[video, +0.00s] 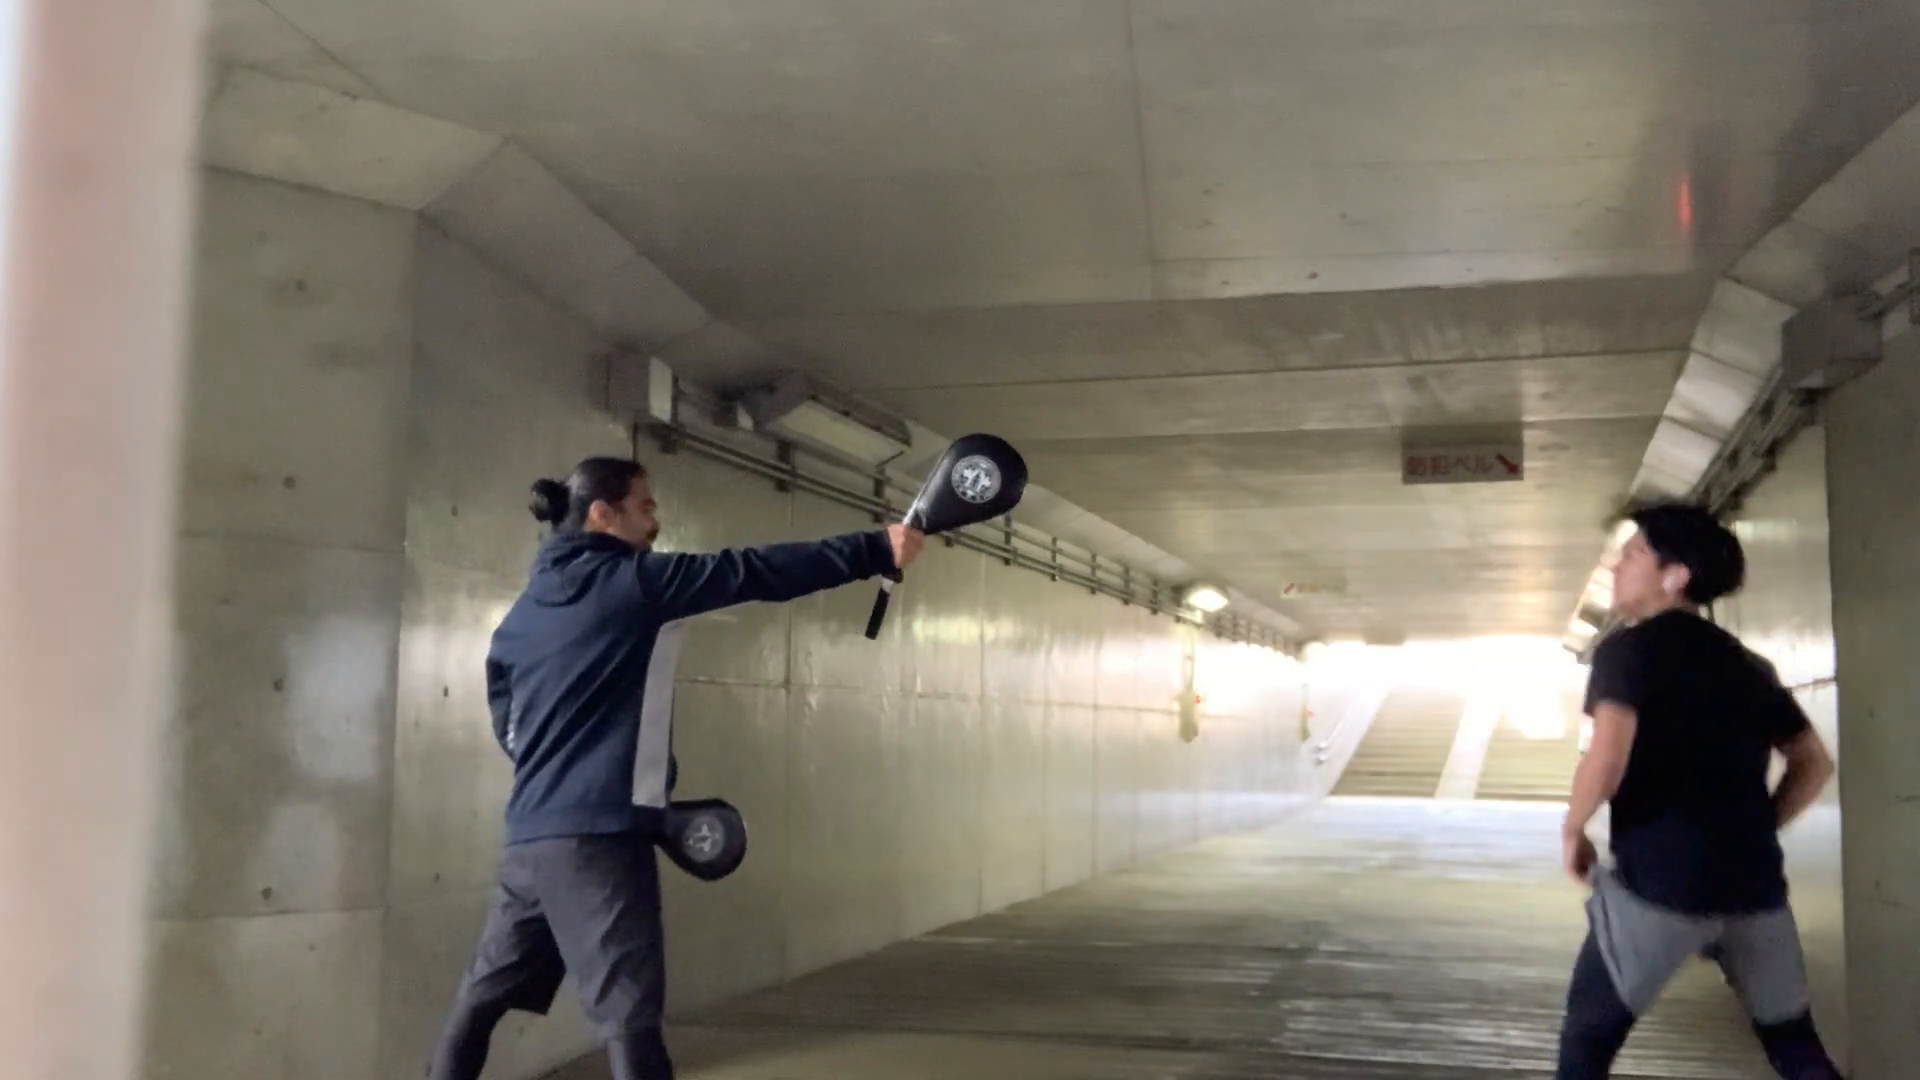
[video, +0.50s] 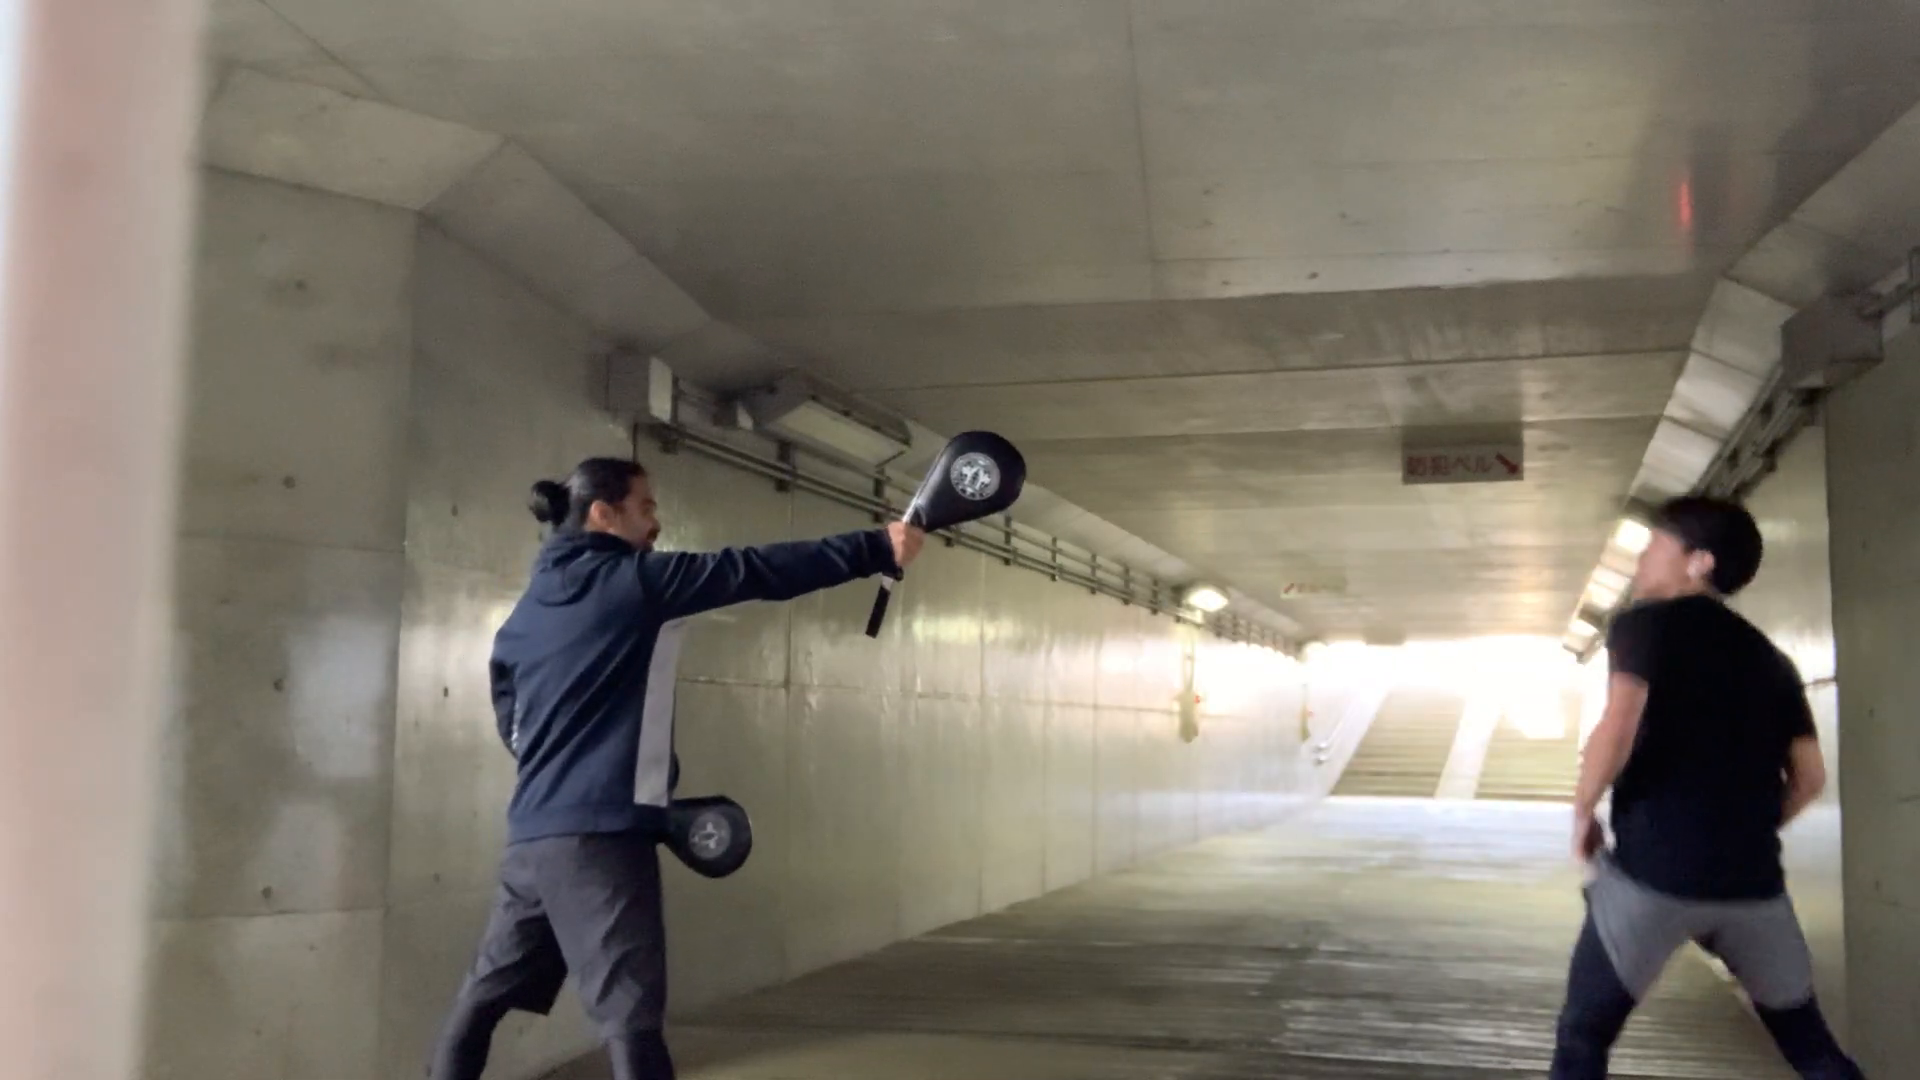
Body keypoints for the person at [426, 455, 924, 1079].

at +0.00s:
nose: (657, 521)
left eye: (653, 506)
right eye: (646, 506)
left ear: (594, 514)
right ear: (602, 512)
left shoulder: (516, 620)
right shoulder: (635, 579)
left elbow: (516, 736)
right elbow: (752, 571)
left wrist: (621, 791)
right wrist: (877, 548)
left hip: (531, 834)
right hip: (595, 832)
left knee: (476, 1004)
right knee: (629, 1024)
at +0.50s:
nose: (657, 521)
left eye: (654, 506)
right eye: (646, 506)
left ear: (595, 515)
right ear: (602, 513)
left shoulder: (518, 621)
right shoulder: (636, 578)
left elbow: (520, 734)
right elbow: (755, 570)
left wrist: (616, 788)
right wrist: (877, 547)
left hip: (533, 834)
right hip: (598, 832)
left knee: (477, 1004)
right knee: (631, 1023)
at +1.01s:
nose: (658, 522)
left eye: (655, 507)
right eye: (647, 507)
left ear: (595, 515)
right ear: (602, 513)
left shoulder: (520, 620)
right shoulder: (637, 578)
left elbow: (521, 735)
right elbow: (753, 571)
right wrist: (876, 548)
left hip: (534, 833)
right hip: (599, 832)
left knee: (479, 1003)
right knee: (631, 1022)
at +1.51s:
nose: (648, 521)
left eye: (645, 506)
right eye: (637, 506)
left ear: (585, 518)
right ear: (592, 515)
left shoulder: (518, 628)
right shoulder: (611, 583)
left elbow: (550, 740)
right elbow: (721, 586)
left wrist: (640, 789)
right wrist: (843, 564)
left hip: (536, 835)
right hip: (594, 837)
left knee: (485, 1000)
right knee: (630, 1025)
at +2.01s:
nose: (634, 519)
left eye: (631, 506)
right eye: (622, 506)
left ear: (571, 519)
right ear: (575, 514)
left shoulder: (510, 631)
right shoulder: (604, 579)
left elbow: (546, 746)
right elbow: (717, 573)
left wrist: (646, 795)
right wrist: (838, 543)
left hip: (538, 837)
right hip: (599, 837)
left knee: (487, 1001)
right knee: (630, 1023)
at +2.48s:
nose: (630, 521)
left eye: (627, 508)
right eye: (618, 508)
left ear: (564, 518)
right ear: (570, 514)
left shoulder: (506, 632)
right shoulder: (605, 578)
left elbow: (540, 746)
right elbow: (720, 570)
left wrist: (636, 782)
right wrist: (843, 540)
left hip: (536, 836)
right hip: (598, 835)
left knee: (487, 1000)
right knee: (630, 1022)